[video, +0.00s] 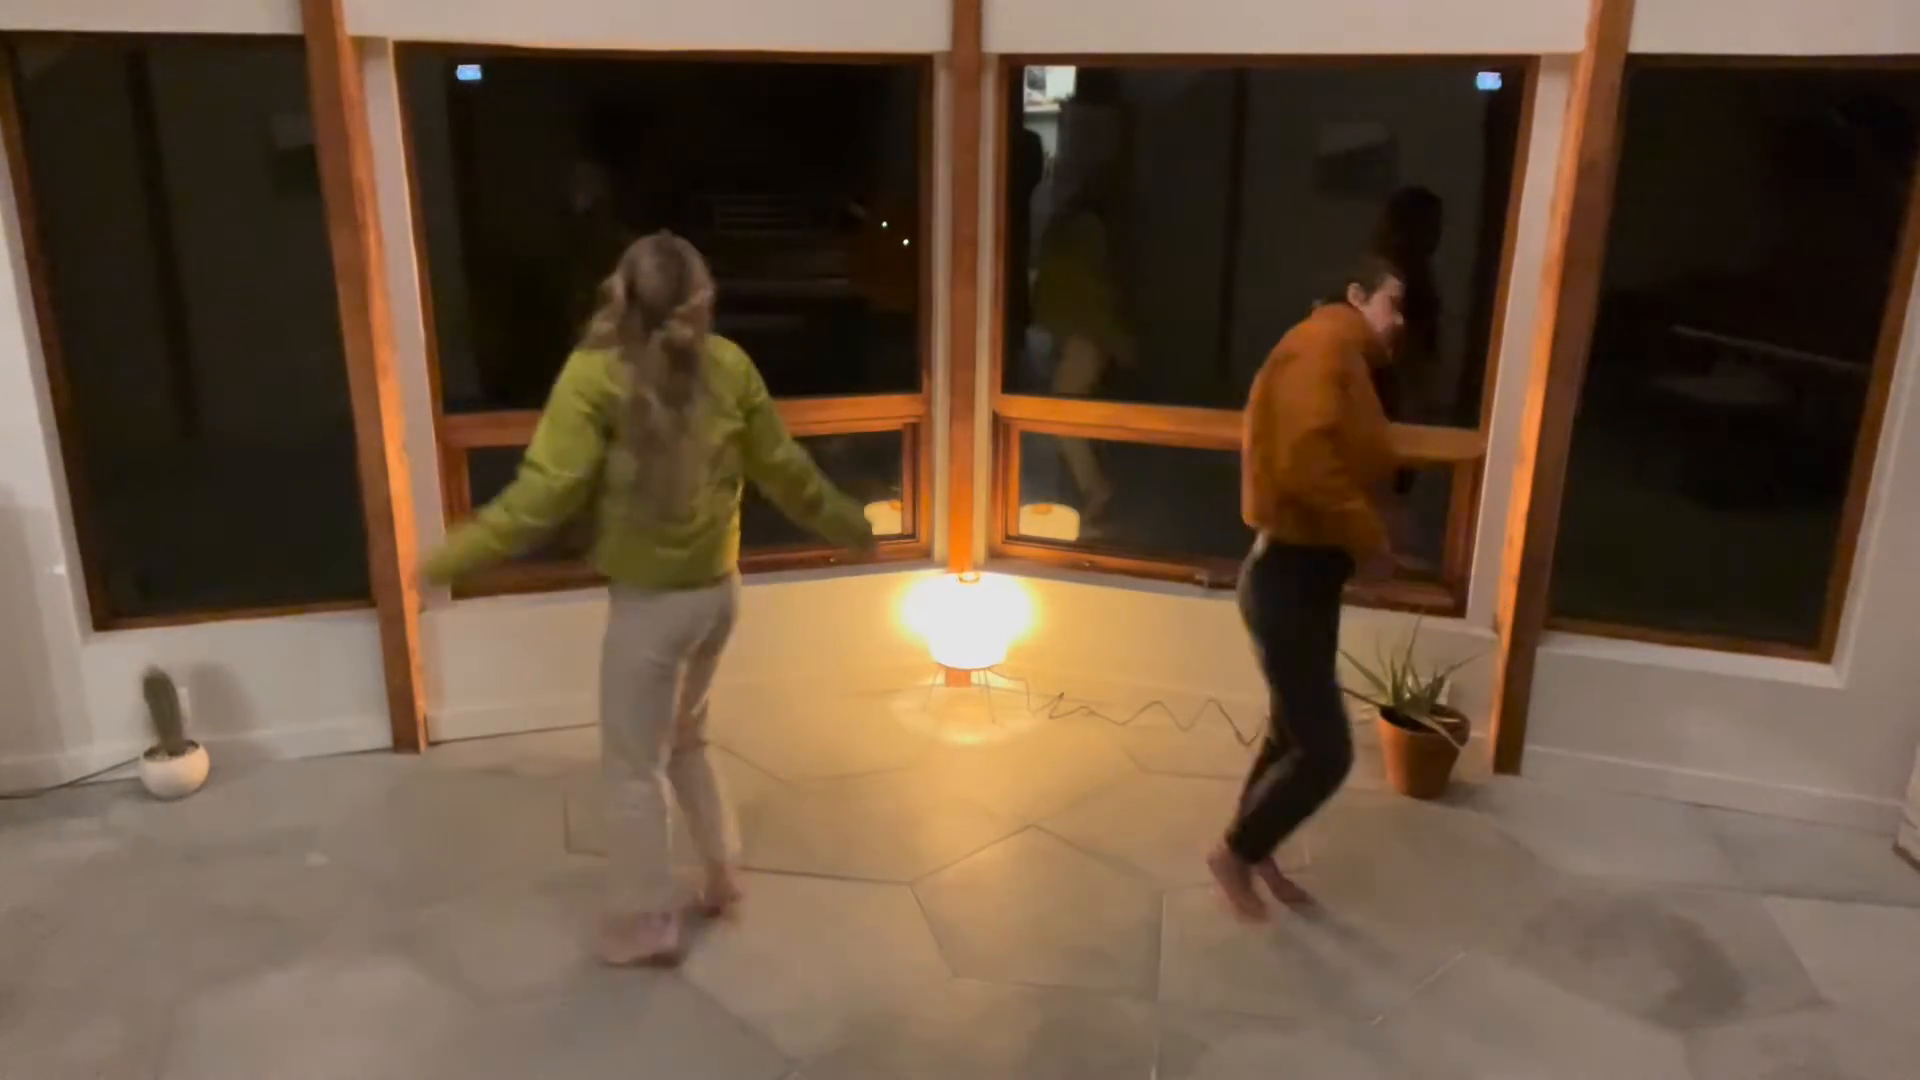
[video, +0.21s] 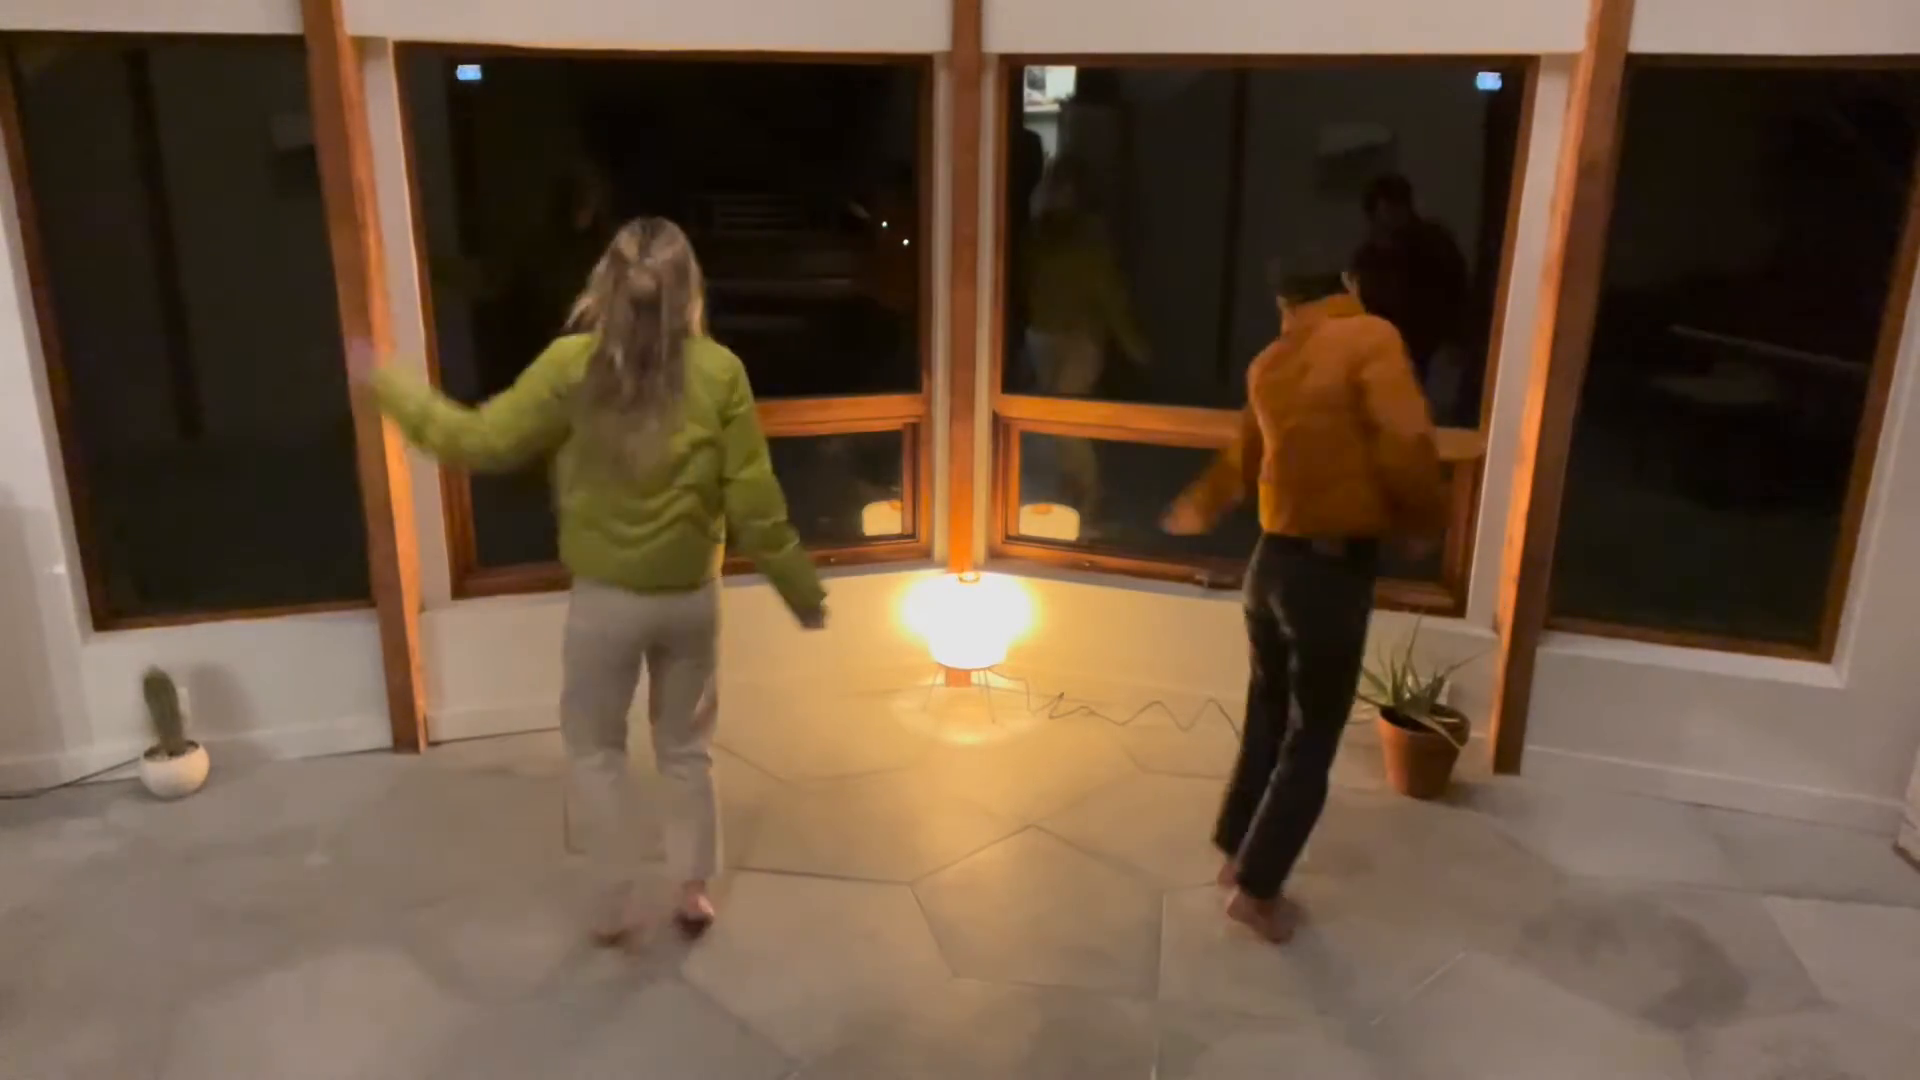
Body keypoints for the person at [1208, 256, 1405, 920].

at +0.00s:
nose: (1399, 323)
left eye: (1408, 312)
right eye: (1395, 305)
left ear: (1371, 301)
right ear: (1360, 294)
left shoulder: (1339, 349)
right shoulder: (1322, 345)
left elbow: (1357, 450)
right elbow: (1307, 460)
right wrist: (1368, 537)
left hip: (1304, 568)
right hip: (1289, 571)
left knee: (1295, 730)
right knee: (1325, 751)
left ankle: (1255, 845)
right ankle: (1235, 852)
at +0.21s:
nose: (1276, 317)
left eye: (1278, 306)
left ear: (1285, 302)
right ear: (1342, 286)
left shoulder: (1269, 364)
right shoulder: (1372, 340)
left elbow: (1243, 459)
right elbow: (1405, 441)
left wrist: (1190, 510)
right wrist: (1430, 513)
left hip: (1270, 563)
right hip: (1332, 571)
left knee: (1268, 714)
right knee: (1313, 735)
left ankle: (1236, 852)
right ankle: (1258, 887)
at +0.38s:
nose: (1276, 321)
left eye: (1278, 311)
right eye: (1277, 311)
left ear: (1285, 312)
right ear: (1352, 308)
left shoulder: (1266, 381)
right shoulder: (1403, 349)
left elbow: (1196, 486)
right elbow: (1460, 452)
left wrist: (1107, 538)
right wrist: (1428, 517)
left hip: (1282, 572)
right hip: (1364, 577)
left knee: (1258, 734)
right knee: (1339, 732)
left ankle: (1243, 877)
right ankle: (1322, 880)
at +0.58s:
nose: (1323, 277)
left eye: (1336, 273)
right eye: (1333, 268)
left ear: (1353, 299)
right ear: (1381, 303)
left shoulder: (1313, 380)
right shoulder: (1414, 356)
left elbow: (1293, 508)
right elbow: (1454, 448)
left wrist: (1256, 583)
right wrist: (1388, 492)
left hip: (1307, 575)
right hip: (1368, 574)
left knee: (1284, 739)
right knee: (1346, 733)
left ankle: (1294, 888)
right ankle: (1366, 886)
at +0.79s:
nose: (1369, 255)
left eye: (1386, 259)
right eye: (1381, 251)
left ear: (1398, 297)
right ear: (1383, 287)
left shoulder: (1388, 364)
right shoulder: (1326, 347)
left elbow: (1446, 465)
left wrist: (1505, 568)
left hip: (1350, 567)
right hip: (1303, 557)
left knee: (1330, 736)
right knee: (1301, 737)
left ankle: (1335, 888)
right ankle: (1336, 867)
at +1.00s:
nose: (1343, 272)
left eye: (1345, 265)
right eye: (1326, 272)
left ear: (1366, 289)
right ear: (1307, 308)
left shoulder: (1419, 348)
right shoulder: (1289, 363)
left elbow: (1474, 442)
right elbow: (1251, 452)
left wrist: (1496, 527)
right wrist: (1178, 509)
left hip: (1388, 560)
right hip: (1307, 559)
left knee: (1371, 731)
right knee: (1290, 716)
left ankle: (1352, 876)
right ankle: (1308, 837)